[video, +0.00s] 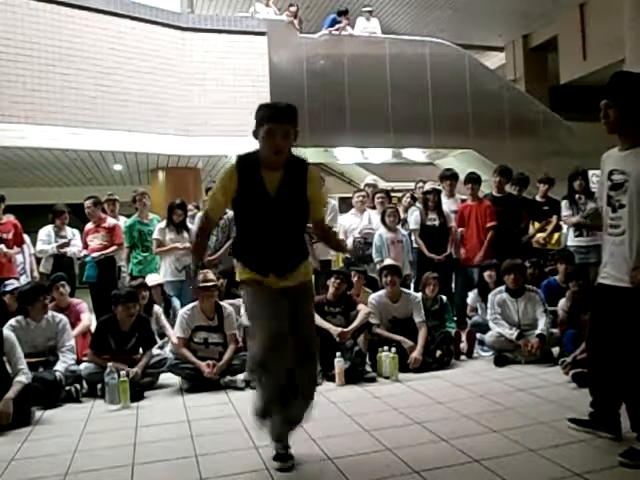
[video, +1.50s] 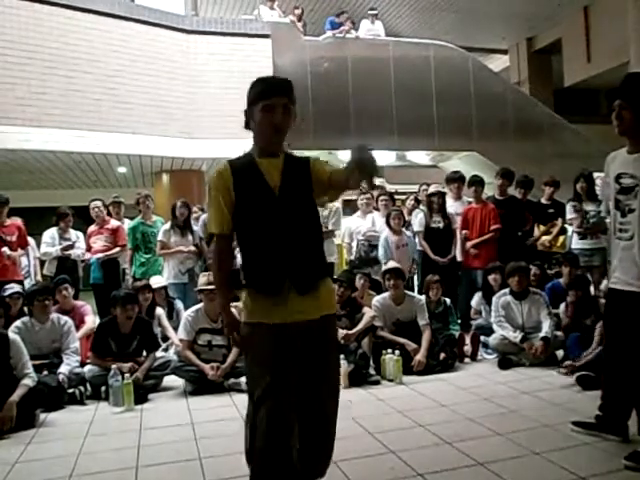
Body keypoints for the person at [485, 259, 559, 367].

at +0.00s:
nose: (513, 278)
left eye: (516, 274)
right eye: (509, 274)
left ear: (523, 276)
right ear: (504, 277)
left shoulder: (535, 293)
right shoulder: (495, 296)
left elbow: (544, 316)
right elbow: (494, 320)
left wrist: (540, 336)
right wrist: (518, 336)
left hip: (531, 332)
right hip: (508, 333)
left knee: (555, 335)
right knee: (491, 338)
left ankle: (514, 357)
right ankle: (538, 355)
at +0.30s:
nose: (517, 281)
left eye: (520, 277)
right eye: (512, 277)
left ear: (527, 278)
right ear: (508, 280)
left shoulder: (539, 296)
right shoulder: (499, 299)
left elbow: (548, 319)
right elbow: (498, 323)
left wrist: (544, 339)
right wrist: (522, 339)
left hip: (536, 335)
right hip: (512, 335)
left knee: (559, 338)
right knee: (495, 341)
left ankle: (518, 360)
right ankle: (543, 357)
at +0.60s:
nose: (516, 280)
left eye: (520, 276)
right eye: (512, 277)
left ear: (526, 278)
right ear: (507, 280)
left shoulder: (539, 296)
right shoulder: (499, 299)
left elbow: (547, 318)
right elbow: (498, 323)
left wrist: (544, 339)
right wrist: (521, 339)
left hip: (535, 335)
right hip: (512, 336)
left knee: (558, 338)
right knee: (495, 341)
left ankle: (517, 360)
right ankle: (541, 358)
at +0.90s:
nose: (517, 280)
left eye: (521, 276)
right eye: (513, 277)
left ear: (528, 278)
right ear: (508, 280)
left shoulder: (539, 296)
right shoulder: (499, 299)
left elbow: (548, 319)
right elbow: (498, 323)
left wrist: (544, 339)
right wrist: (522, 339)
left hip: (535, 335)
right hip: (512, 335)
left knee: (559, 338)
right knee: (495, 341)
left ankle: (518, 360)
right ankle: (542, 357)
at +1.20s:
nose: (517, 280)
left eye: (521, 276)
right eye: (513, 277)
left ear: (527, 278)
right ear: (508, 280)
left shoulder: (539, 297)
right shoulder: (499, 299)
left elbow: (548, 319)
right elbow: (498, 323)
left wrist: (544, 339)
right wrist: (521, 339)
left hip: (535, 335)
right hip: (512, 336)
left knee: (559, 338)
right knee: (495, 341)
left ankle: (519, 360)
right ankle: (541, 358)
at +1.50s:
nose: (517, 280)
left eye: (521, 276)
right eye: (513, 277)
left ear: (527, 278)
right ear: (508, 280)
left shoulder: (539, 296)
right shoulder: (499, 299)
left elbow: (548, 319)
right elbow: (498, 323)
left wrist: (544, 339)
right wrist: (522, 339)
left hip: (535, 335)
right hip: (512, 336)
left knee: (558, 338)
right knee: (495, 341)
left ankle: (519, 360)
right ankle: (541, 358)